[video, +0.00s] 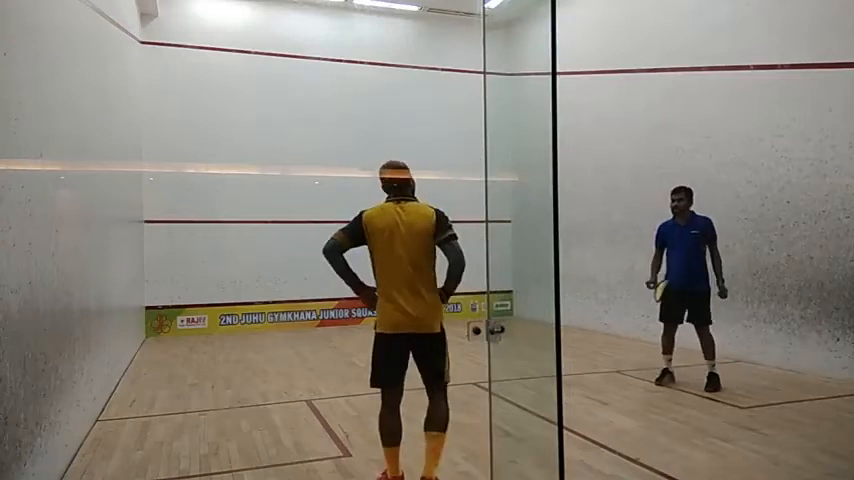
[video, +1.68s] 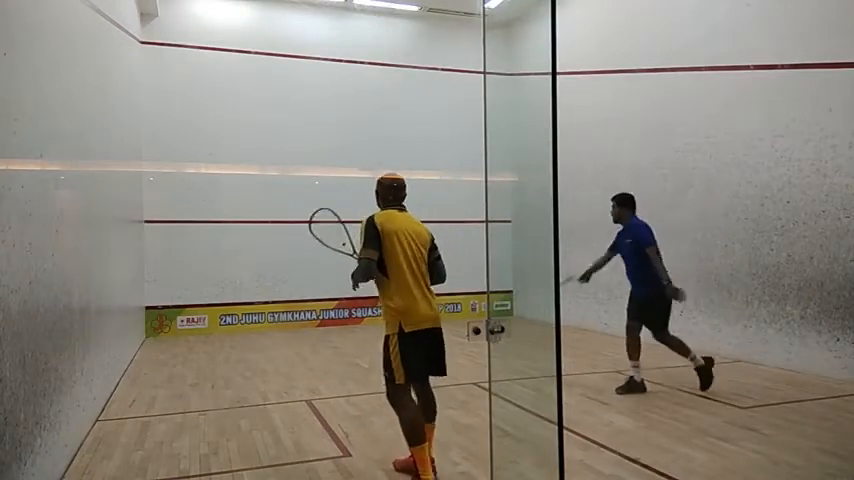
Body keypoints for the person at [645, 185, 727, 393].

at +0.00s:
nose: (675, 204)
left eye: (680, 200)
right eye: (673, 201)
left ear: (690, 202)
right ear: (670, 203)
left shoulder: (704, 224)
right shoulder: (664, 229)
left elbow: (714, 253)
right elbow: (658, 255)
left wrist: (720, 281)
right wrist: (653, 277)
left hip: (698, 288)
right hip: (673, 288)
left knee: (702, 329)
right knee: (668, 328)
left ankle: (712, 373)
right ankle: (667, 370)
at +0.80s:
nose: (690, 205)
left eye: (694, 201)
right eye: (686, 202)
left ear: (702, 201)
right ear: (681, 205)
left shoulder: (716, 227)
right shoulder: (674, 226)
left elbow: (716, 260)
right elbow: (668, 255)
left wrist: (703, 284)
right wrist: (676, 254)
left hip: (703, 287)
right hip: (677, 287)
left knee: (706, 332)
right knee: (666, 328)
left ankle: (712, 373)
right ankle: (670, 366)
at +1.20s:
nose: (672, 209)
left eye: (677, 204)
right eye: (670, 205)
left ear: (688, 204)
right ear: (667, 206)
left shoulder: (704, 226)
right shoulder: (664, 228)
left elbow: (702, 256)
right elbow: (666, 257)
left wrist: (677, 268)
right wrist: (677, 247)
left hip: (696, 285)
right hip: (671, 283)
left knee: (702, 330)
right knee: (655, 324)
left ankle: (712, 373)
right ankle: (664, 363)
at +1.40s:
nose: (647, 212)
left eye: (650, 208)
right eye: (645, 209)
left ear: (663, 207)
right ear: (644, 210)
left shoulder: (683, 225)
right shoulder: (645, 234)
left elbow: (683, 258)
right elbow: (654, 260)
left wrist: (655, 270)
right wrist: (683, 246)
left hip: (685, 288)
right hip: (660, 288)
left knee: (697, 333)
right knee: (643, 327)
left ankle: (711, 373)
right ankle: (640, 377)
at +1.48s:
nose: (637, 214)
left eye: (640, 210)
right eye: (635, 210)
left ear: (653, 209)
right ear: (635, 212)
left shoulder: (672, 227)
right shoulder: (636, 235)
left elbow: (673, 261)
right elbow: (637, 262)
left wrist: (649, 282)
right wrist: (665, 263)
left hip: (679, 289)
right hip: (654, 290)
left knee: (692, 332)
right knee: (643, 331)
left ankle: (710, 372)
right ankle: (638, 379)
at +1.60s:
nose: (617, 213)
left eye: (621, 209)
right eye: (618, 209)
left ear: (632, 210)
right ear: (630, 211)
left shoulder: (650, 230)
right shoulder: (626, 237)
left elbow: (661, 260)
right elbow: (612, 264)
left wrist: (664, 288)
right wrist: (589, 284)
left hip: (664, 286)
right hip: (644, 289)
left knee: (674, 334)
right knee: (635, 330)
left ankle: (705, 366)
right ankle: (636, 378)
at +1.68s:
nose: (611, 212)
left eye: (614, 208)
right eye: (612, 208)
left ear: (624, 210)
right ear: (622, 210)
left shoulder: (641, 229)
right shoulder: (622, 235)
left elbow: (655, 257)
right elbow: (607, 257)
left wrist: (668, 284)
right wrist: (589, 272)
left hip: (656, 291)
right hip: (638, 292)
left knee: (661, 335)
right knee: (632, 330)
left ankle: (700, 364)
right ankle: (636, 378)